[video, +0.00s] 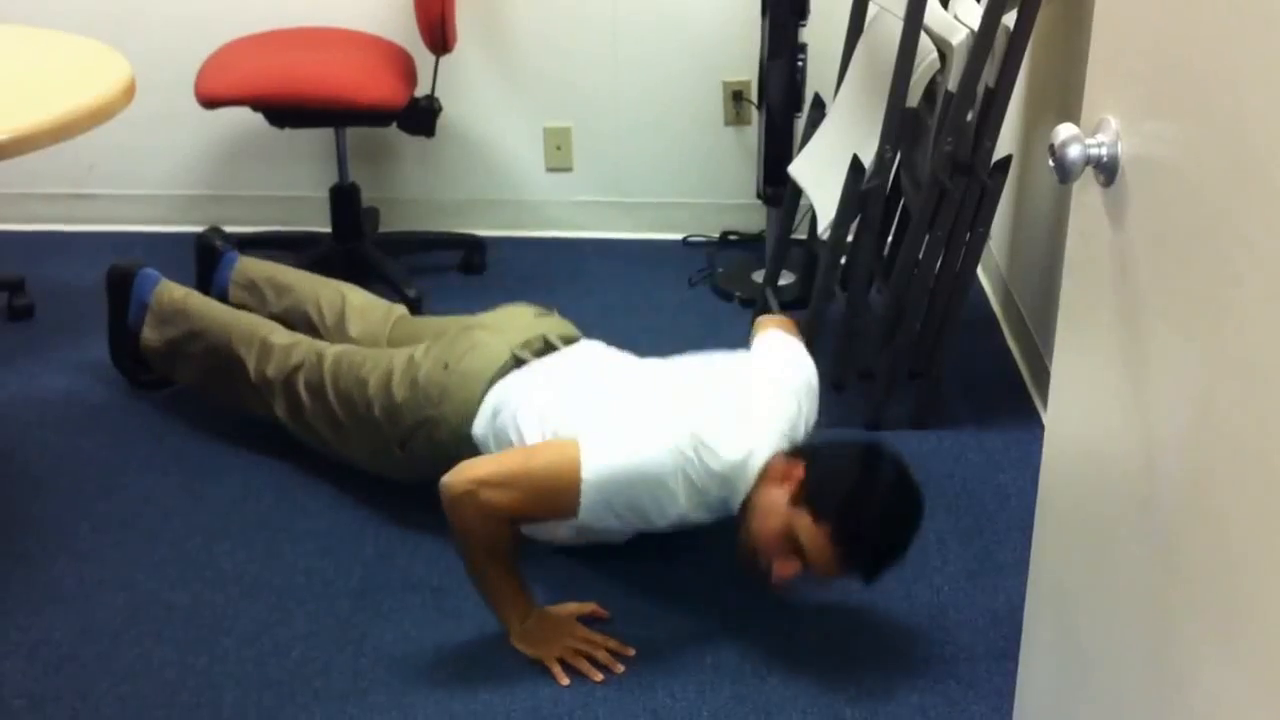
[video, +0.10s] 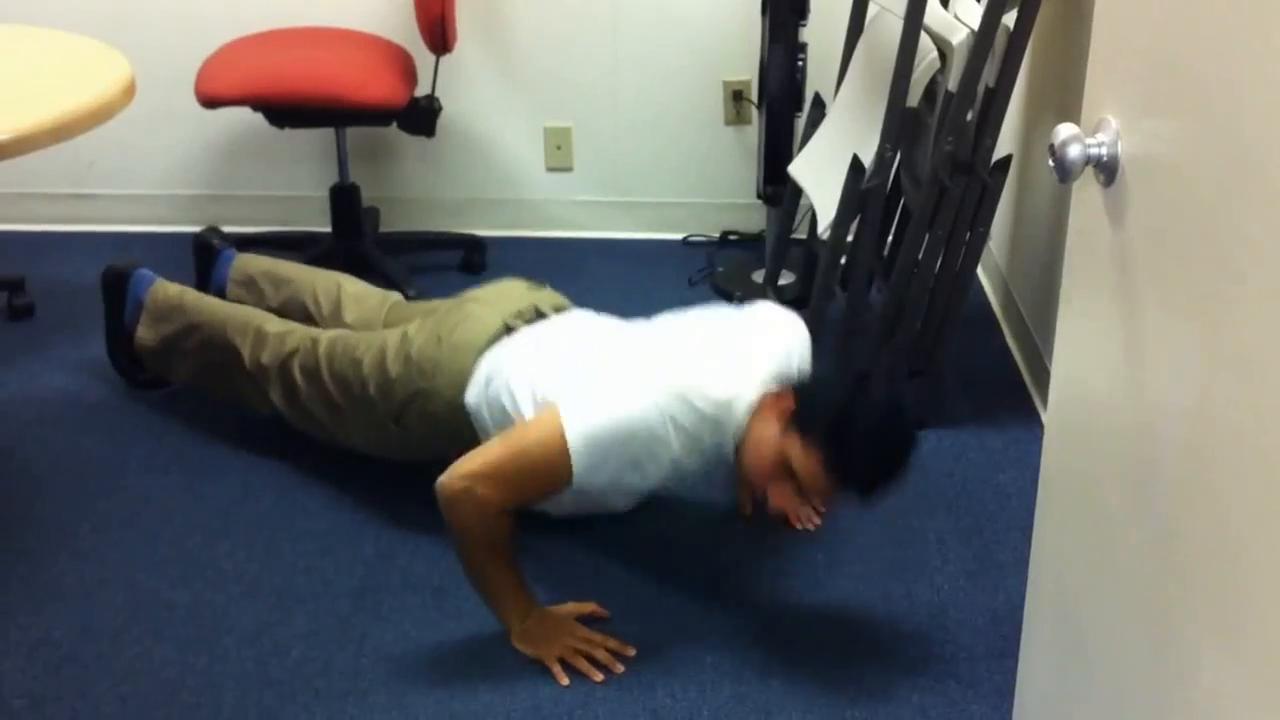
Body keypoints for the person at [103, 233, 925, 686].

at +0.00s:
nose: (786, 576)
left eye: (809, 575)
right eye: (795, 555)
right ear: (788, 488)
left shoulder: (792, 398)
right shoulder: (664, 476)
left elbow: (774, 323)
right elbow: (468, 495)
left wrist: (756, 431)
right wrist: (525, 619)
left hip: (541, 334)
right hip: (466, 403)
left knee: (384, 324)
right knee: (292, 376)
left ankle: (232, 268)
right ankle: (156, 312)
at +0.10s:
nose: (796, 514)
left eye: (822, 508)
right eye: (797, 484)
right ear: (775, 418)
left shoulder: (782, 334)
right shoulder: (639, 429)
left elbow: (698, 339)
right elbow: (465, 492)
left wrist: (750, 469)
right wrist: (525, 619)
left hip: (535, 309)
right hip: (459, 383)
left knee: (380, 313)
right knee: (289, 369)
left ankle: (234, 264)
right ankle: (153, 316)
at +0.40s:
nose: (769, 338)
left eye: (794, 329)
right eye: (767, 308)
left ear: (824, 311)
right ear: (743, 250)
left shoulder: (761, 229)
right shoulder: (618, 297)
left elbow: (762, 344)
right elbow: (510, 457)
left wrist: (762, 463)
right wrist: (524, 614)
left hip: (514, 236)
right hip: (450, 305)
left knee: (369, 275)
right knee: (288, 339)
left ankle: (237, 260)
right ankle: (150, 318)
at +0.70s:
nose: (819, 558)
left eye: (836, 552)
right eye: (826, 547)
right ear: (795, 505)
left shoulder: (790, 366)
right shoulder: (670, 474)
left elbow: (771, 315)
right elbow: (468, 499)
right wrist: (526, 618)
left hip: (537, 319)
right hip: (460, 396)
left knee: (387, 318)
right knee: (290, 373)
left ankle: (239, 269)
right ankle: (153, 317)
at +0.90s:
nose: (811, 557)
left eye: (826, 550)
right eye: (822, 546)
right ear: (796, 516)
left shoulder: (784, 380)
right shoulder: (670, 474)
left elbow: (777, 316)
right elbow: (463, 499)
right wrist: (523, 616)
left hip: (531, 324)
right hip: (460, 398)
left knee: (385, 321)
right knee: (289, 373)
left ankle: (238, 268)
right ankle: (154, 315)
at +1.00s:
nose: (827, 483)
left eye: (840, 480)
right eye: (833, 474)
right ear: (798, 444)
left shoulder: (780, 314)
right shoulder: (650, 426)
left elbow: (750, 378)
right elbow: (463, 492)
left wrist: (760, 457)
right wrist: (524, 616)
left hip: (521, 295)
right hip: (457, 376)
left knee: (373, 303)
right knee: (287, 365)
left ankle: (233, 264)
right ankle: (152, 316)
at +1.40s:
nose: (805, 419)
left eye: (819, 414)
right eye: (811, 408)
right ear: (796, 375)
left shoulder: (780, 277)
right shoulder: (664, 376)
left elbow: (761, 366)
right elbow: (478, 475)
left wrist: (757, 458)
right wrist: (525, 614)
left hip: (523, 276)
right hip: (457, 355)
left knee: (374, 292)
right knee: (288, 357)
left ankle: (241, 264)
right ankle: (156, 319)